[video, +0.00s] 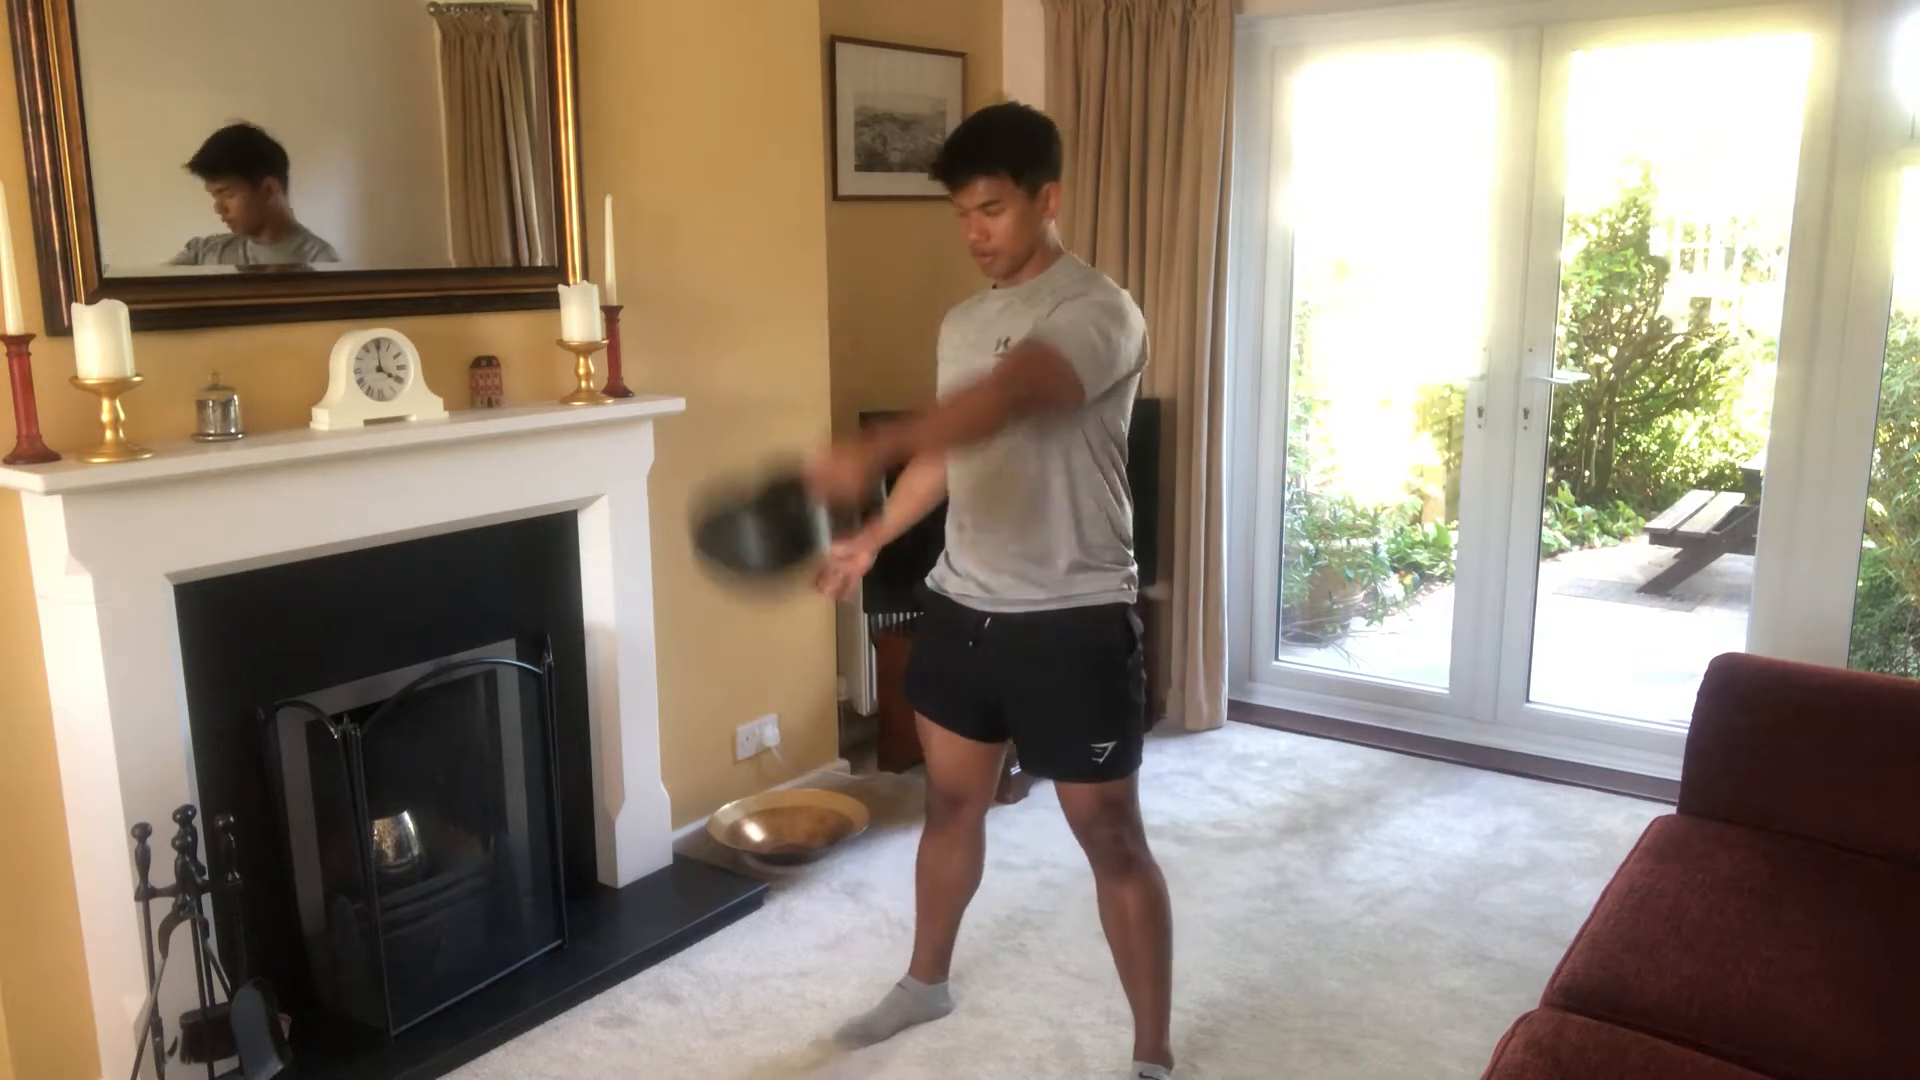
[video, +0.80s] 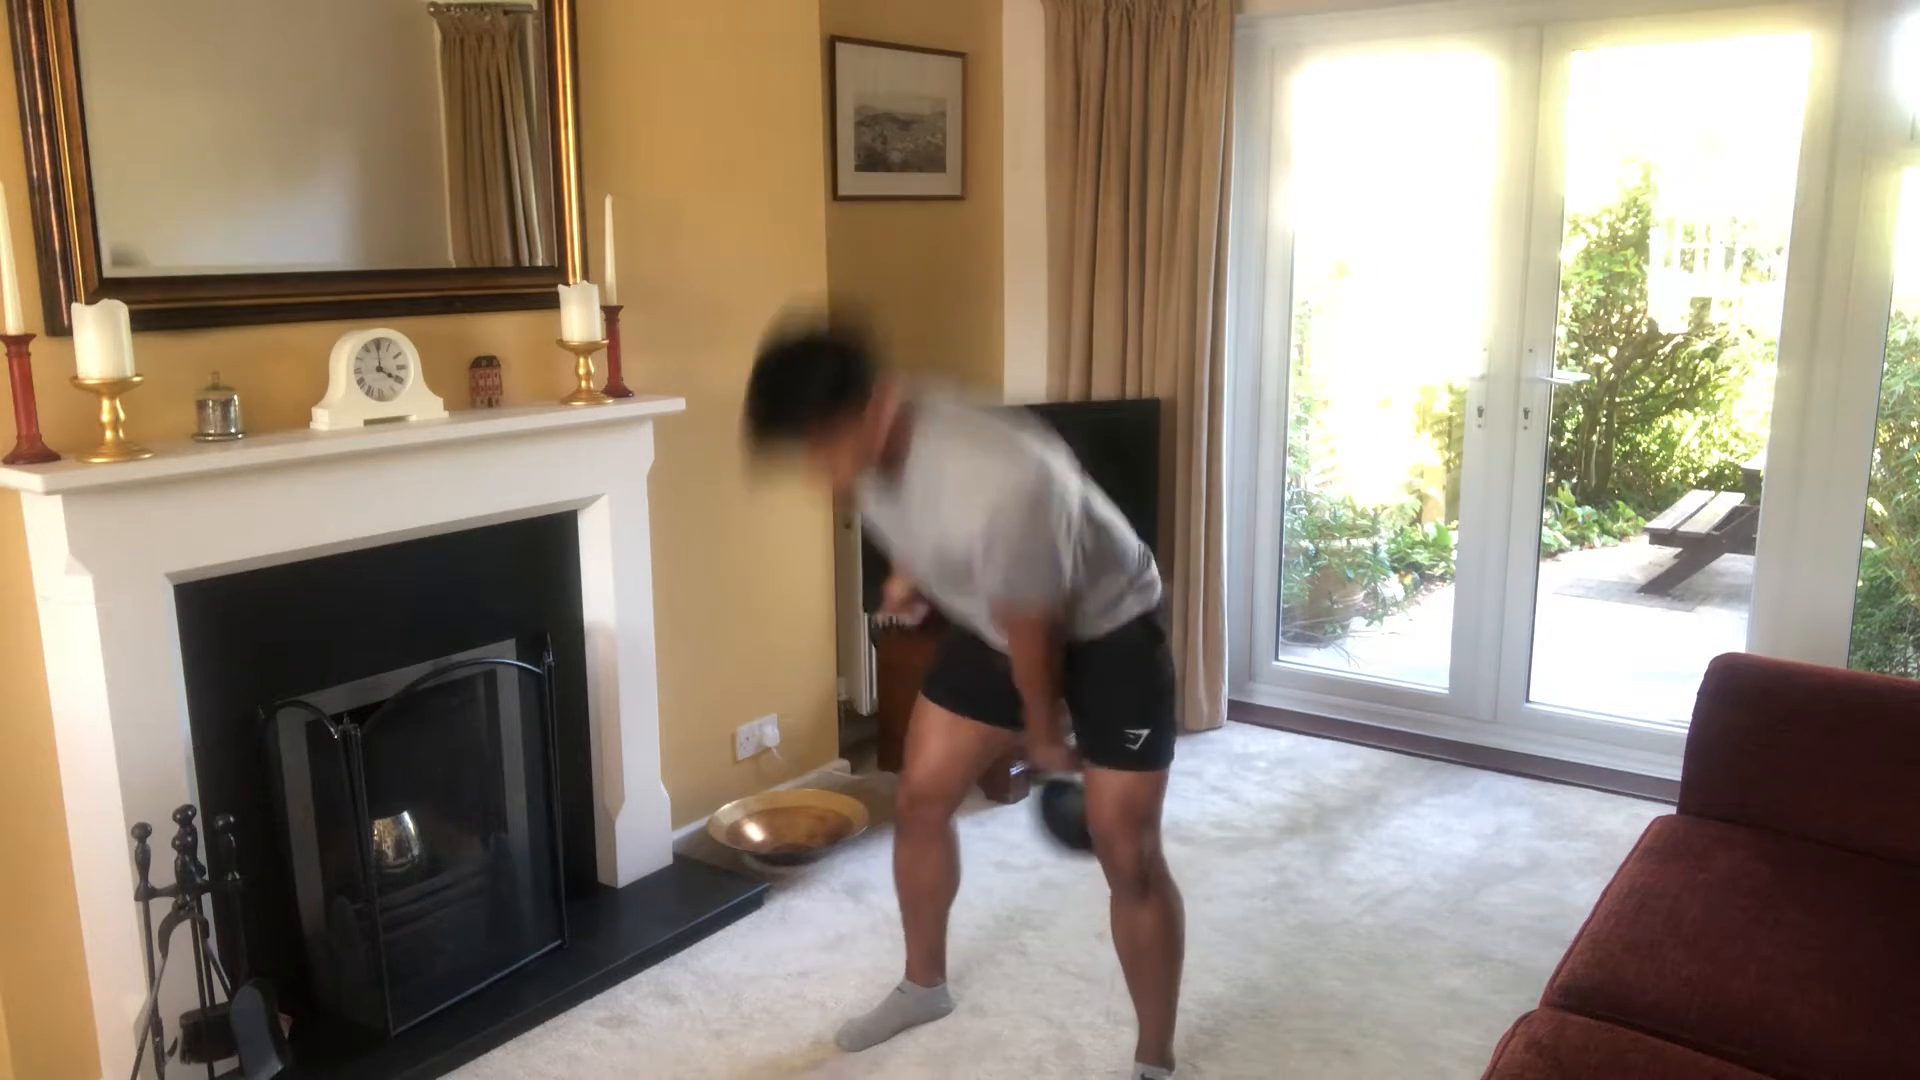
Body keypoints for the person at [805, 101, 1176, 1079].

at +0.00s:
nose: (976, 231)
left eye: (992, 208)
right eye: (963, 213)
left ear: (1047, 198)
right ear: (955, 211)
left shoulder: (1102, 309)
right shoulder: (961, 323)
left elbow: (1013, 393)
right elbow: (946, 453)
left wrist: (872, 451)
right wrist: (875, 534)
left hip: (1077, 617)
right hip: (963, 606)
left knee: (1111, 837)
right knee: (949, 807)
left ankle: (1153, 1054)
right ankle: (926, 980)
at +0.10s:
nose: (953, 244)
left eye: (970, 220)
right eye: (940, 225)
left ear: (1024, 208)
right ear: (929, 222)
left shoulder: (1086, 319)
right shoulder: (945, 320)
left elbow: (1009, 460)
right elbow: (934, 439)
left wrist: (896, 566)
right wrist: (860, 527)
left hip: (1081, 616)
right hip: (967, 607)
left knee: (1109, 836)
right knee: (944, 805)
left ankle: (1151, 1055)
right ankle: (926, 984)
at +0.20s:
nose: (909, 293)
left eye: (923, 272)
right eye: (898, 275)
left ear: (973, 252)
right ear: (892, 266)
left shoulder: (1052, 349)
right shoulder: (917, 340)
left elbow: (1010, 532)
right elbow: (923, 442)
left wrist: (932, 667)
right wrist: (852, 534)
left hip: (1091, 616)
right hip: (983, 611)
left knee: (1111, 842)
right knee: (930, 796)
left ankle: (1151, 1058)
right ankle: (925, 984)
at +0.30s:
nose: (844, 397)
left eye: (852, 375)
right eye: (835, 377)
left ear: (907, 348)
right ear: (860, 360)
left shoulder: (1018, 429)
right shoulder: (886, 403)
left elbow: (1015, 613)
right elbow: (904, 474)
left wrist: (987, 740)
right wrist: (868, 548)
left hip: (1099, 628)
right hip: (988, 616)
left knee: (1122, 854)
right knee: (914, 791)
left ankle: (1152, 1059)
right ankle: (924, 982)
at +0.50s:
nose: (800, 633)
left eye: (802, 615)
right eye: (787, 619)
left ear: (846, 573)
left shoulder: (975, 612)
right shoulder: (846, 505)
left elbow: (1041, 709)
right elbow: (911, 641)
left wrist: (1061, 761)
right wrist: (986, 761)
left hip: (1108, 648)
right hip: (999, 640)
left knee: (1125, 872)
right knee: (893, 808)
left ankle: (1152, 1063)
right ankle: (923, 986)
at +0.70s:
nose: (806, 630)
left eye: (806, 610)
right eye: (793, 615)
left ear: (848, 567)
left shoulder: (977, 600)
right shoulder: (856, 501)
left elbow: (1045, 708)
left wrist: (1066, 760)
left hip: (1111, 641)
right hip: (1001, 635)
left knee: (1128, 867)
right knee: (901, 807)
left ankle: (1154, 1062)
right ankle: (923, 984)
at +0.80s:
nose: (820, 462)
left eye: (822, 439)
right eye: (807, 446)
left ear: (869, 407)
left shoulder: (999, 480)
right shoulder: (869, 448)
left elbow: (1031, 632)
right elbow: (924, 511)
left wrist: (1049, 751)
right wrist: (909, 574)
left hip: (1108, 629)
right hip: (990, 627)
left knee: (1128, 854)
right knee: (921, 797)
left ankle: (1156, 1060)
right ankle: (924, 984)